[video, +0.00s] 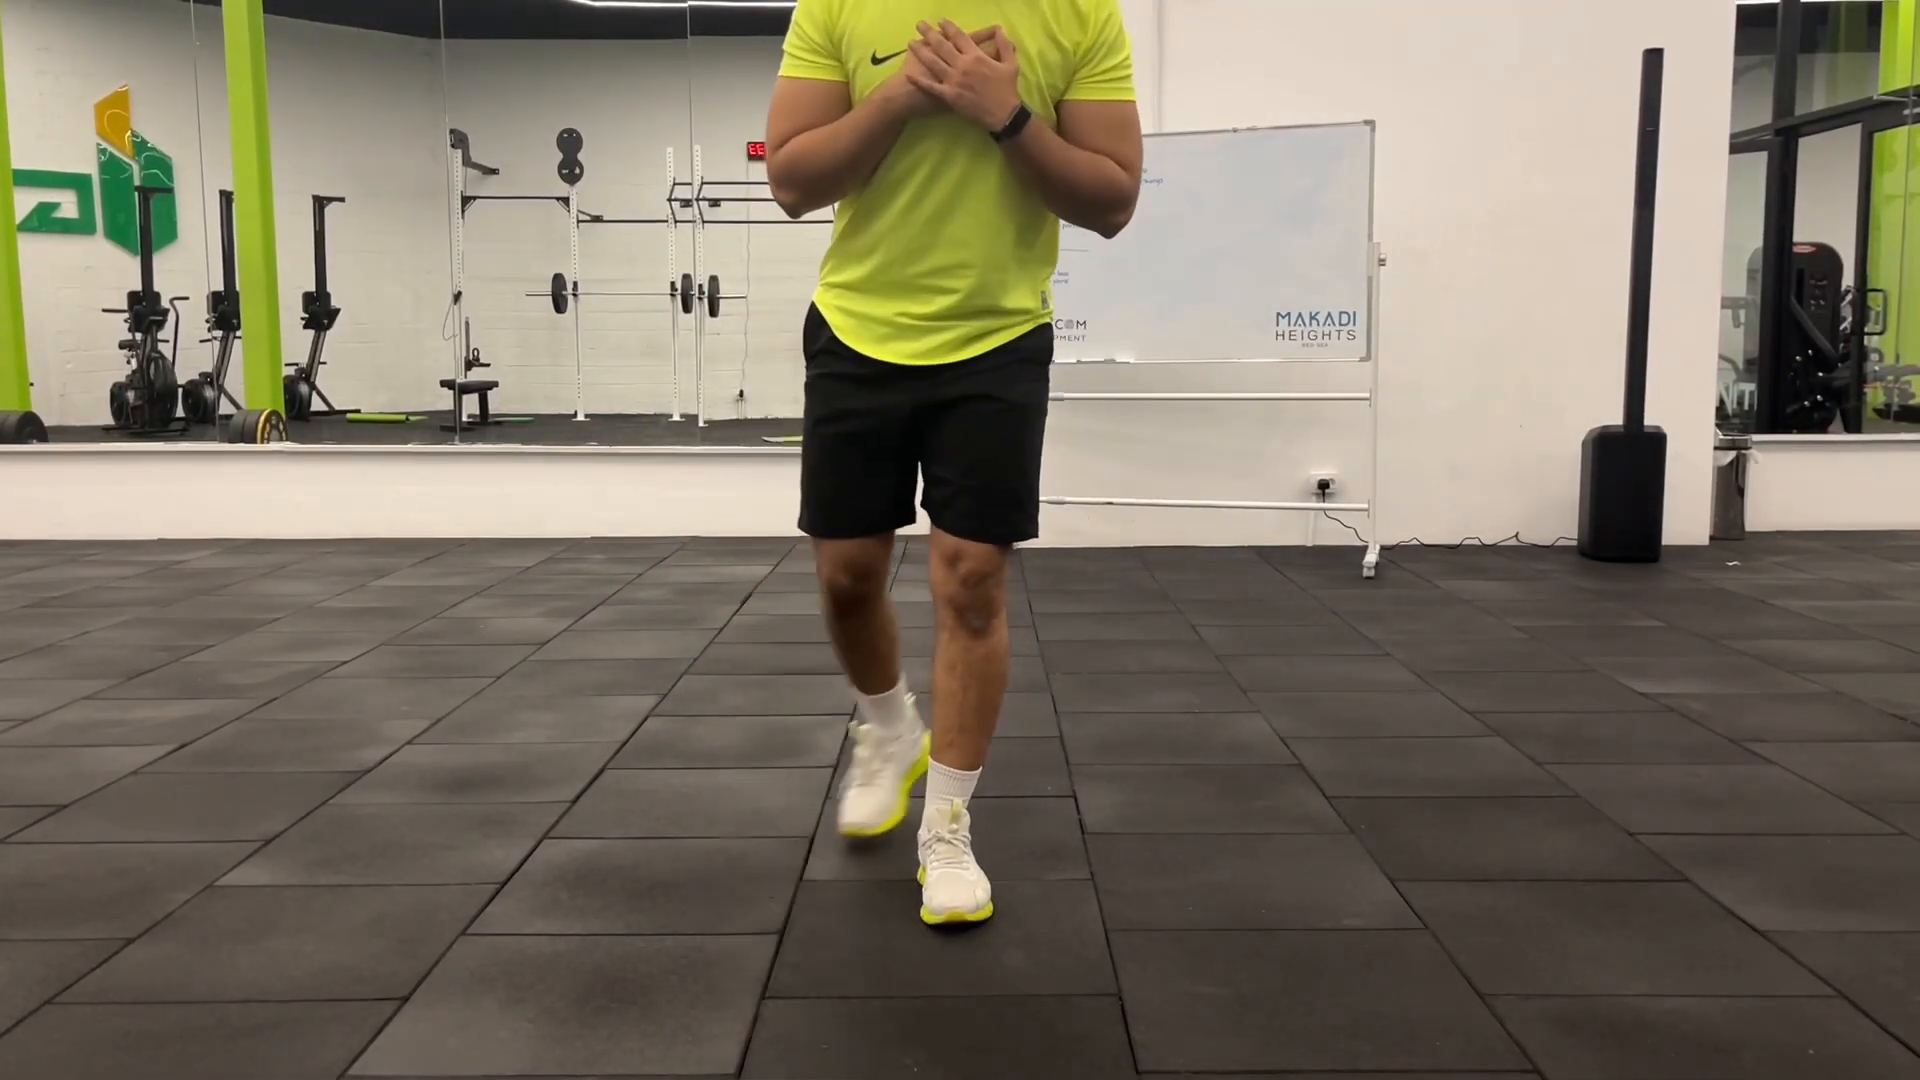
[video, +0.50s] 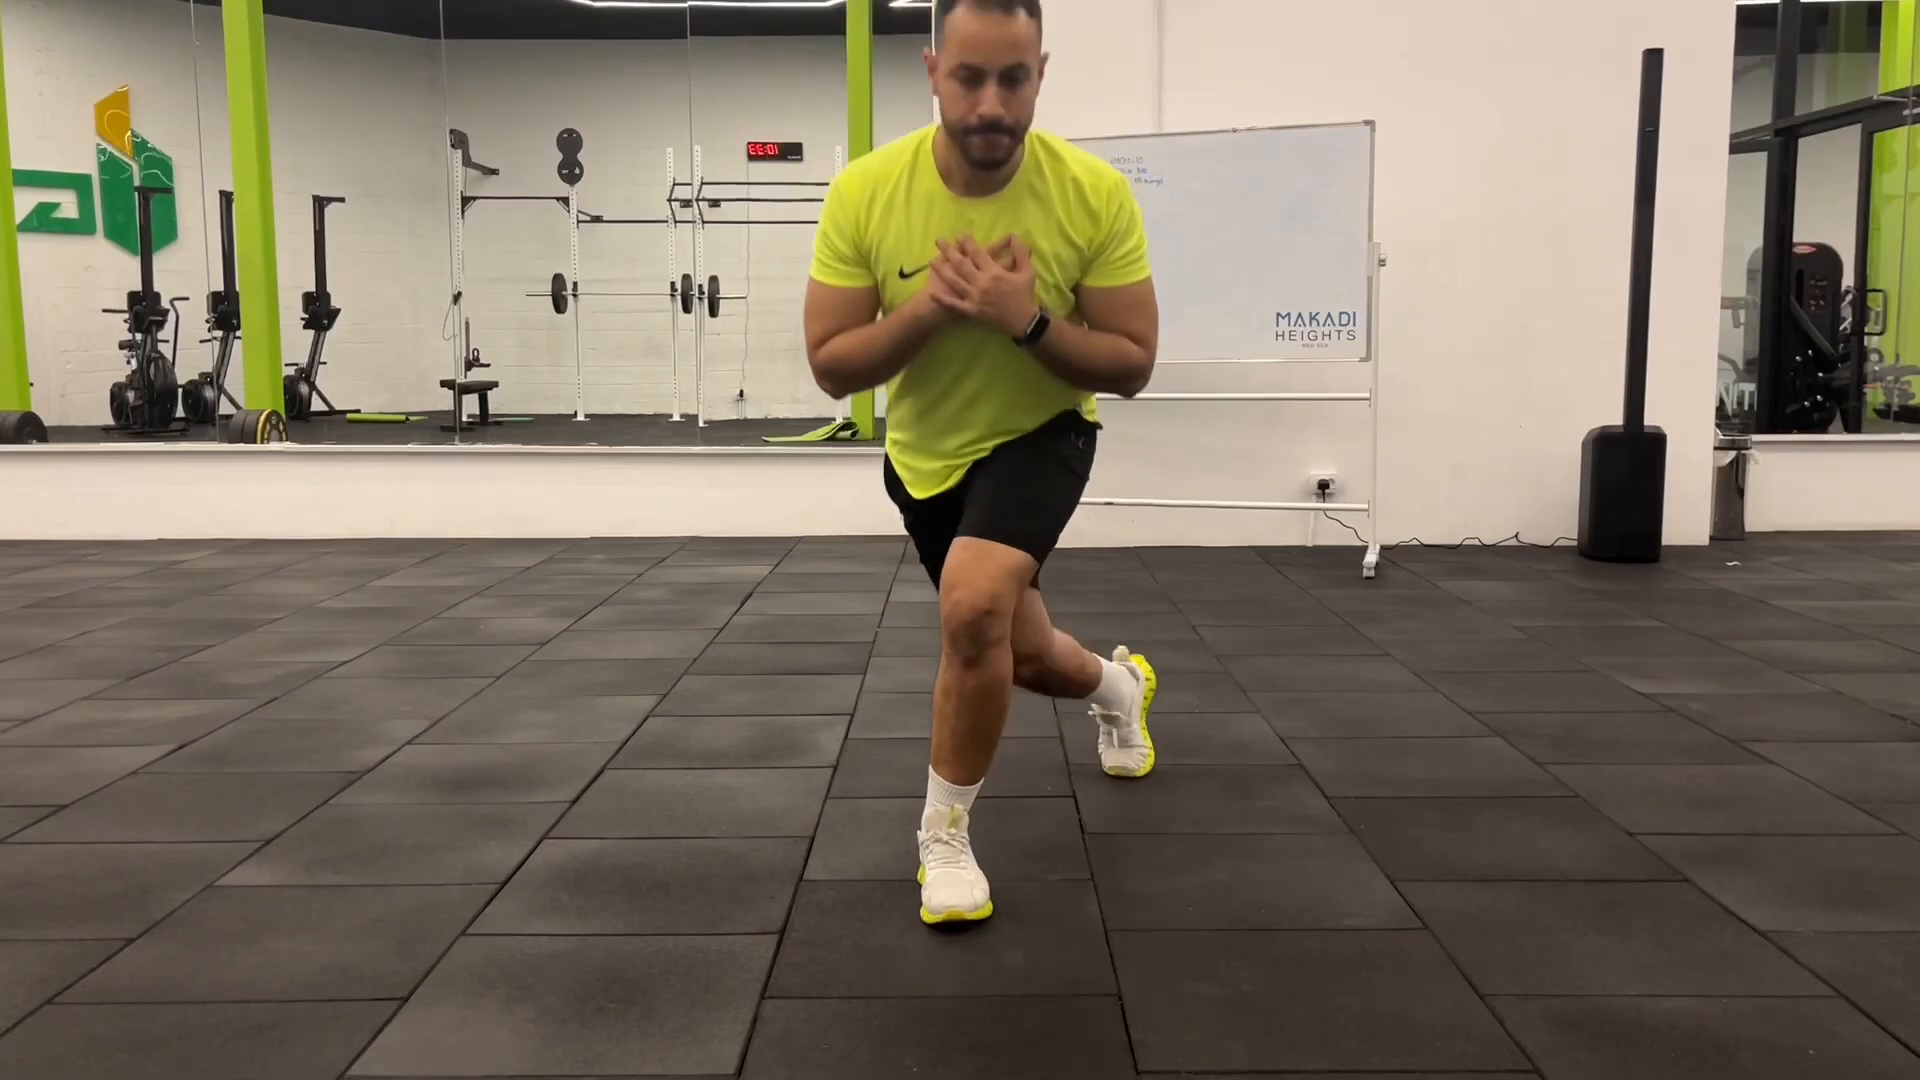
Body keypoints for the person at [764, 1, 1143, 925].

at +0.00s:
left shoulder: (1079, 15)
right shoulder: (836, 8)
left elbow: (1112, 199)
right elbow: (792, 182)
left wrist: (1006, 114)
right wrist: (902, 94)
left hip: (996, 330)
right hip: (858, 324)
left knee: (972, 582)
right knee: (847, 576)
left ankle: (949, 826)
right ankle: (888, 729)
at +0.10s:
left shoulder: (1082, 20)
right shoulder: (842, 11)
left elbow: (1114, 215)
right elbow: (794, 192)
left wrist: (1019, 136)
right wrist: (908, 110)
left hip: (1005, 331)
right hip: (870, 330)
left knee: (977, 582)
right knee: (891, 581)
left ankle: (947, 829)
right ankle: (983, 675)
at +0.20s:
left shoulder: (1085, 52)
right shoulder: (847, 32)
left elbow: (1117, 242)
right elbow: (796, 220)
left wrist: (1021, 169)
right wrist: (908, 147)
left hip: (1011, 347)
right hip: (882, 349)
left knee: (980, 597)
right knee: (933, 581)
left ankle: (948, 831)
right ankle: (1032, 657)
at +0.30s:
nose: (1001, 0)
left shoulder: (1089, 97)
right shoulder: (849, 82)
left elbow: (1119, 277)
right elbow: (804, 265)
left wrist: (1027, 216)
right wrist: (924, 193)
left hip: (1019, 366)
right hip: (894, 379)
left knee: (974, 605)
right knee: (979, 580)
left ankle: (948, 834)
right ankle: (1066, 664)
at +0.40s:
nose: (993, 46)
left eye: (1016, 21)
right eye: (972, 20)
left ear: (1041, 24)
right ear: (933, 18)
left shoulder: (1091, 148)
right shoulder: (853, 140)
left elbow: (1126, 322)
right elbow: (816, 320)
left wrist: (1029, 270)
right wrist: (928, 252)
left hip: (1033, 395)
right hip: (908, 411)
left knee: (973, 607)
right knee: (998, 604)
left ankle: (946, 834)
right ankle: (1093, 684)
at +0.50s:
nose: (990, 106)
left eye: (1014, 80)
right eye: (969, 80)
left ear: (1041, 77)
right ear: (932, 72)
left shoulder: (1095, 196)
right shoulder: (865, 193)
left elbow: (1132, 363)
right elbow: (831, 364)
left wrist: (1030, 320)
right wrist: (930, 307)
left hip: (1041, 431)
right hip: (925, 450)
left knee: (971, 608)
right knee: (1023, 651)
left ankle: (946, 835)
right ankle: (1118, 687)